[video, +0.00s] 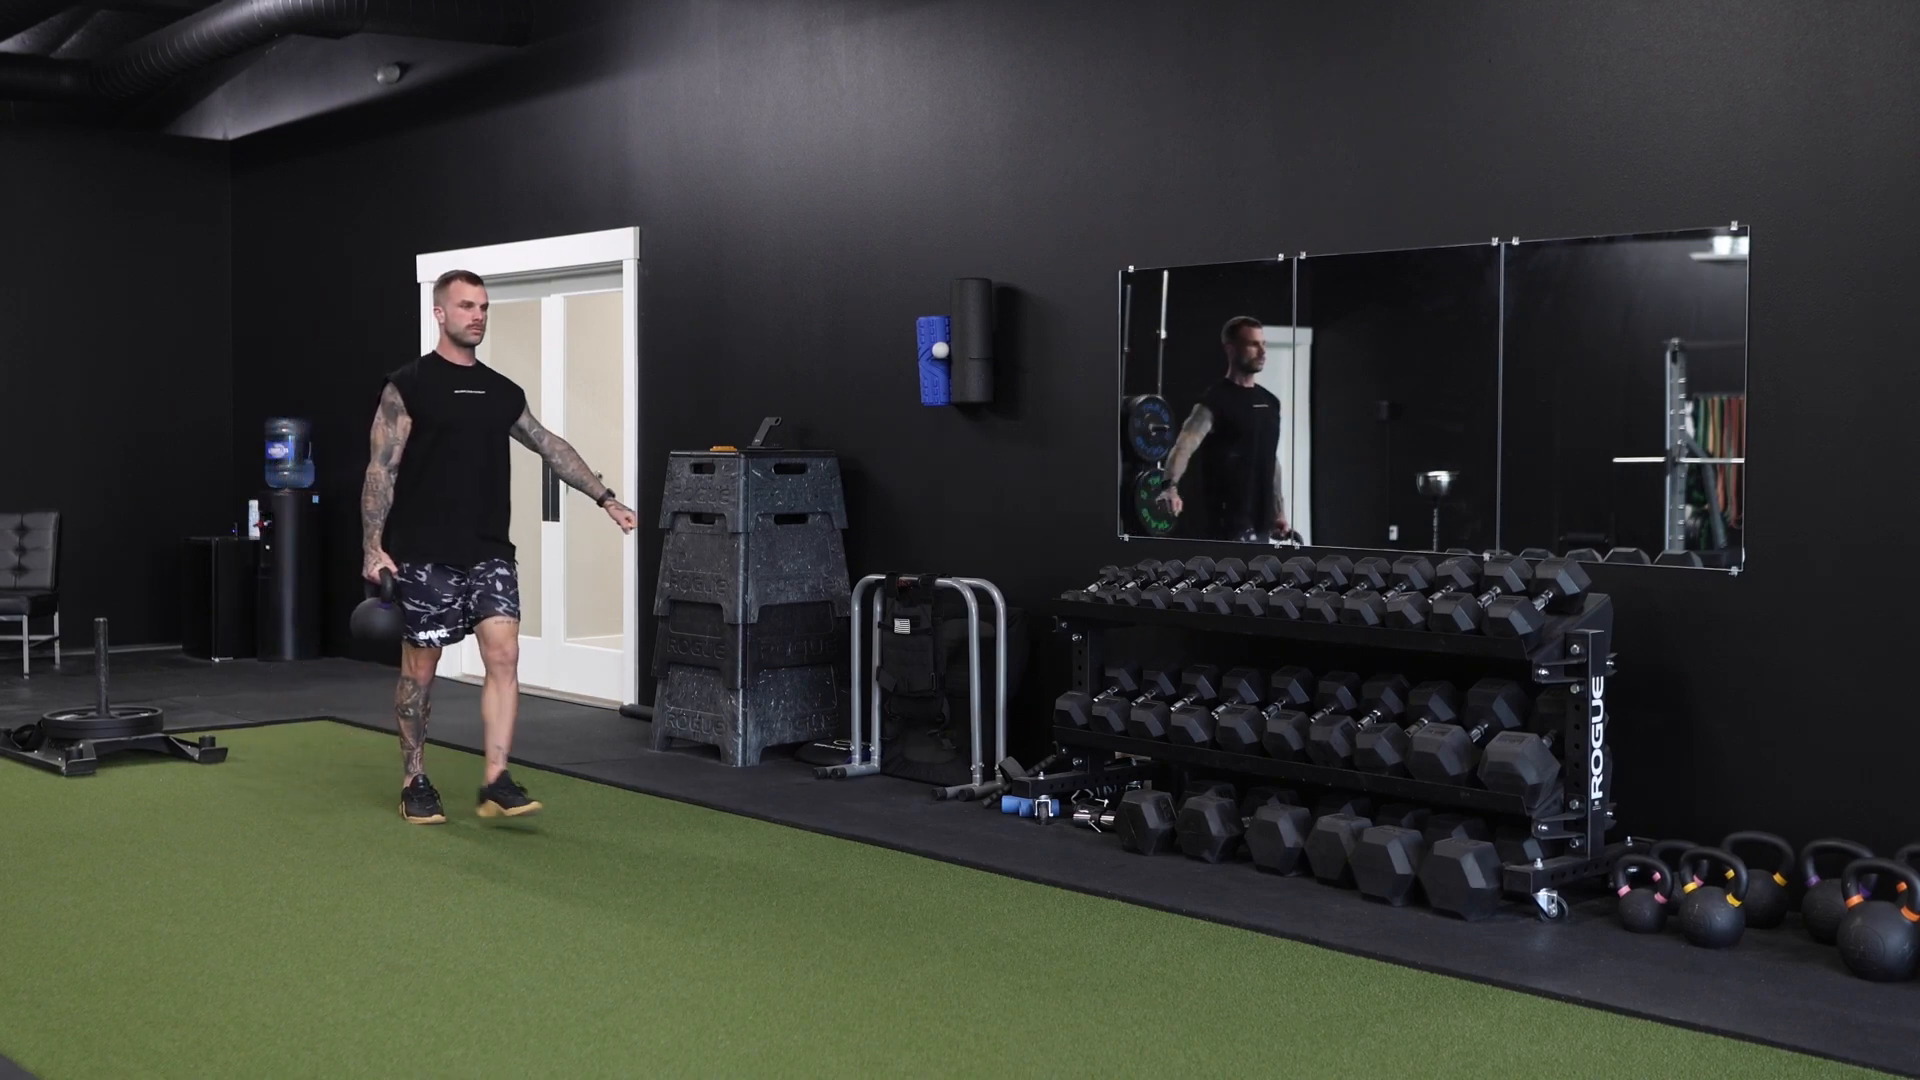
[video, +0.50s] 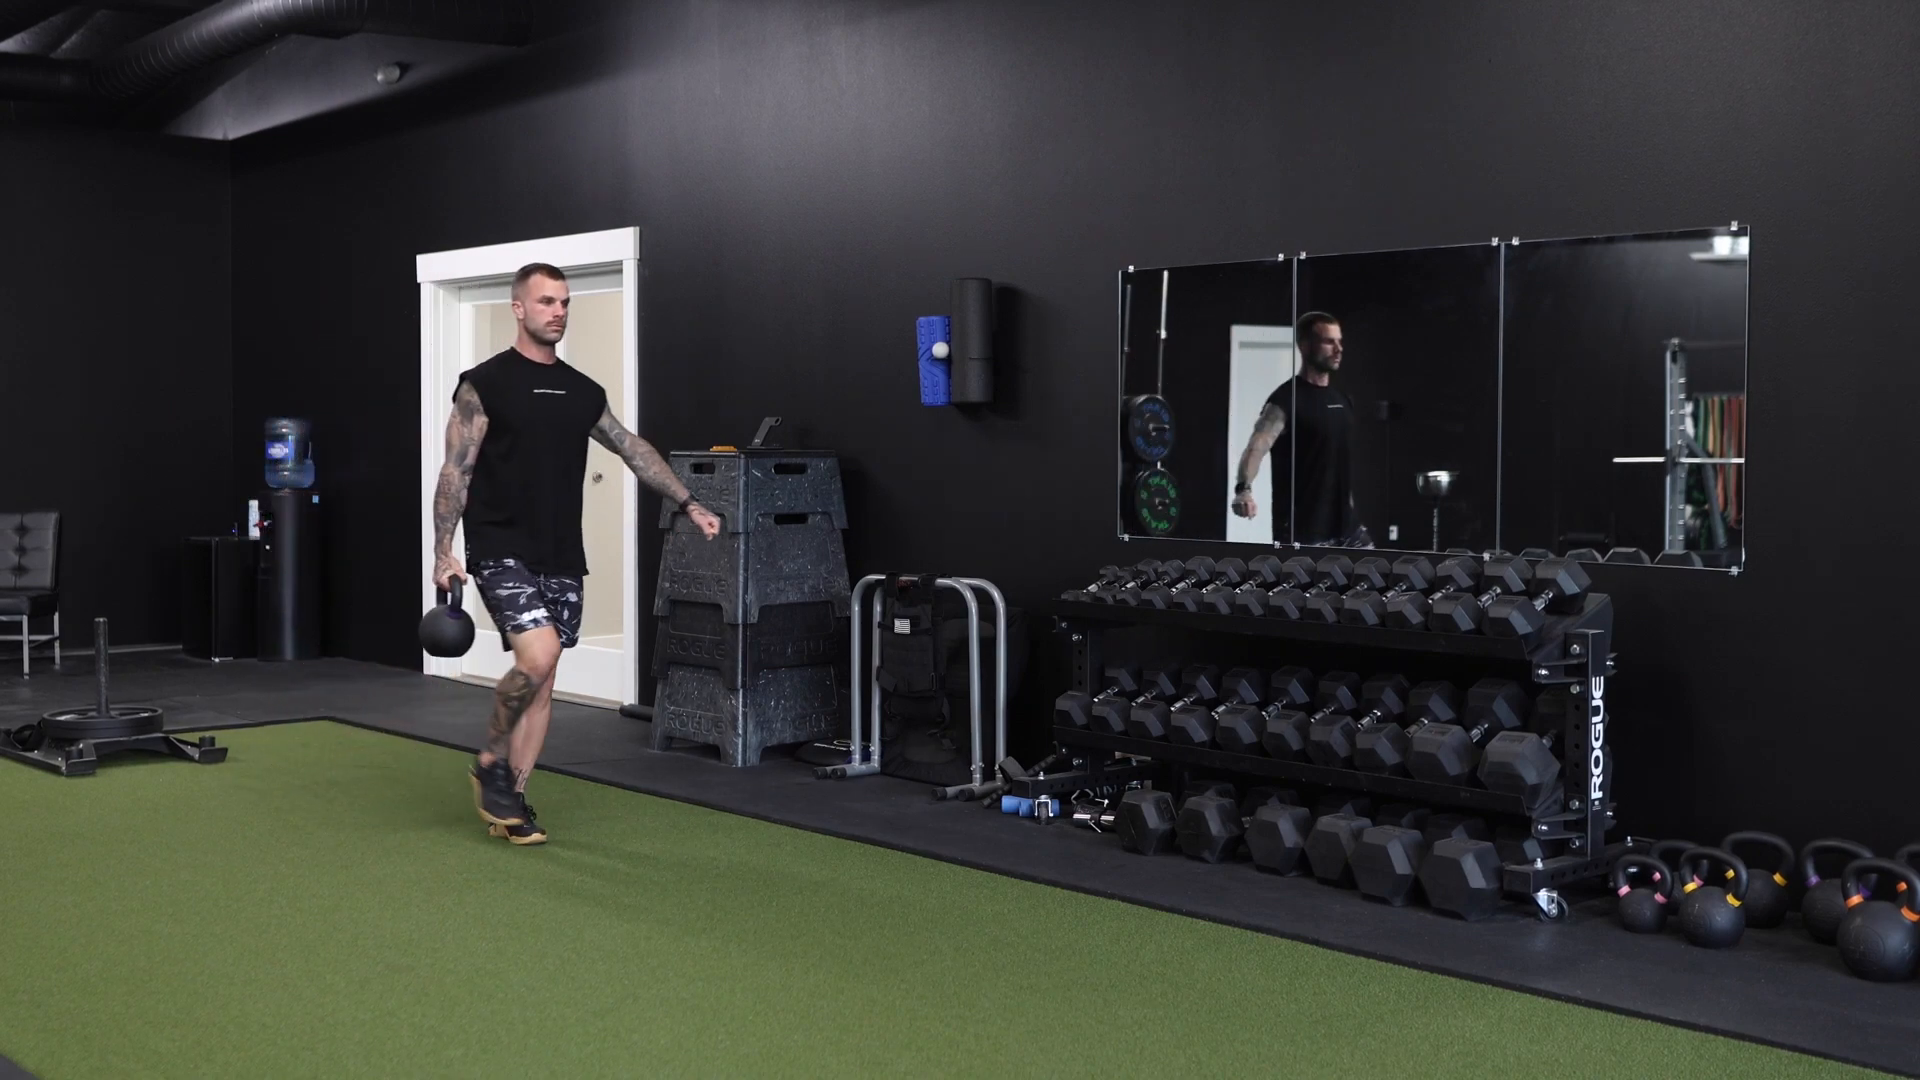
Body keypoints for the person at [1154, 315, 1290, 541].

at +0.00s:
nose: (1262, 351)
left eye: (1264, 344)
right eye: (1253, 344)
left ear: (1267, 346)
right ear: (1229, 348)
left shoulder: (1270, 403)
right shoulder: (1216, 399)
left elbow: (1270, 461)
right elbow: (1184, 445)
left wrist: (1278, 513)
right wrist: (1169, 485)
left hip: (1259, 518)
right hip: (1224, 516)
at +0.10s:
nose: (1276, 353)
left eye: (1277, 346)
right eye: (1266, 346)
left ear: (1279, 348)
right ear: (1244, 349)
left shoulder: (1283, 404)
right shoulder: (1229, 401)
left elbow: (1287, 464)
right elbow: (1197, 448)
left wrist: (1296, 517)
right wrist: (1182, 488)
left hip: (1277, 521)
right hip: (1239, 520)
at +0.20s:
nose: (1290, 353)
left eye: (1292, 346)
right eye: (1281, 346)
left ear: (1294, 348)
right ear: (1258, 349)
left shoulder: (1300, 406)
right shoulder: (1243, 403)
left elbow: (1304, 467)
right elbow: (1212, 449)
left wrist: (1309, 520)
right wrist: (1196, 491)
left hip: (1292, 527)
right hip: (1253, 525)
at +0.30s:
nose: (1307, 351)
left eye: (1309, 344)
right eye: (1298, 344)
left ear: (1313, 347)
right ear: (1273, 348)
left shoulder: (1313, 402)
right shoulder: (1257, 400)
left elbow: (1318, 466)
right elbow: (1226, 450)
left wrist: (1324, 521)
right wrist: (1212, 492)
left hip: (1310, 529)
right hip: (1269, 528)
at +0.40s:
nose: (1323, 349)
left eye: (1324, 343)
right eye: (1313, 343)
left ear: (1327, 345)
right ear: (1290, 345)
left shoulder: (1327, 401)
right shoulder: (1272, 398)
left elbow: (1330, 467)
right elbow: (1242, 447)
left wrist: (1337, 522)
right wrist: (1227, 489)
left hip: (1327, 532)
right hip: (1284, 534)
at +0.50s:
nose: (1338, 349)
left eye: (1340, 342)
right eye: (1329, 342)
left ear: (1342, 344)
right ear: (1304, 345)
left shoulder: (1340, 400)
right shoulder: (1286, 398)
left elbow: (1339, 463)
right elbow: (1257, 447)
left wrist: (1349, 516)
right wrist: (1243, 488)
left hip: (1343, 527)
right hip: (1300, 531)